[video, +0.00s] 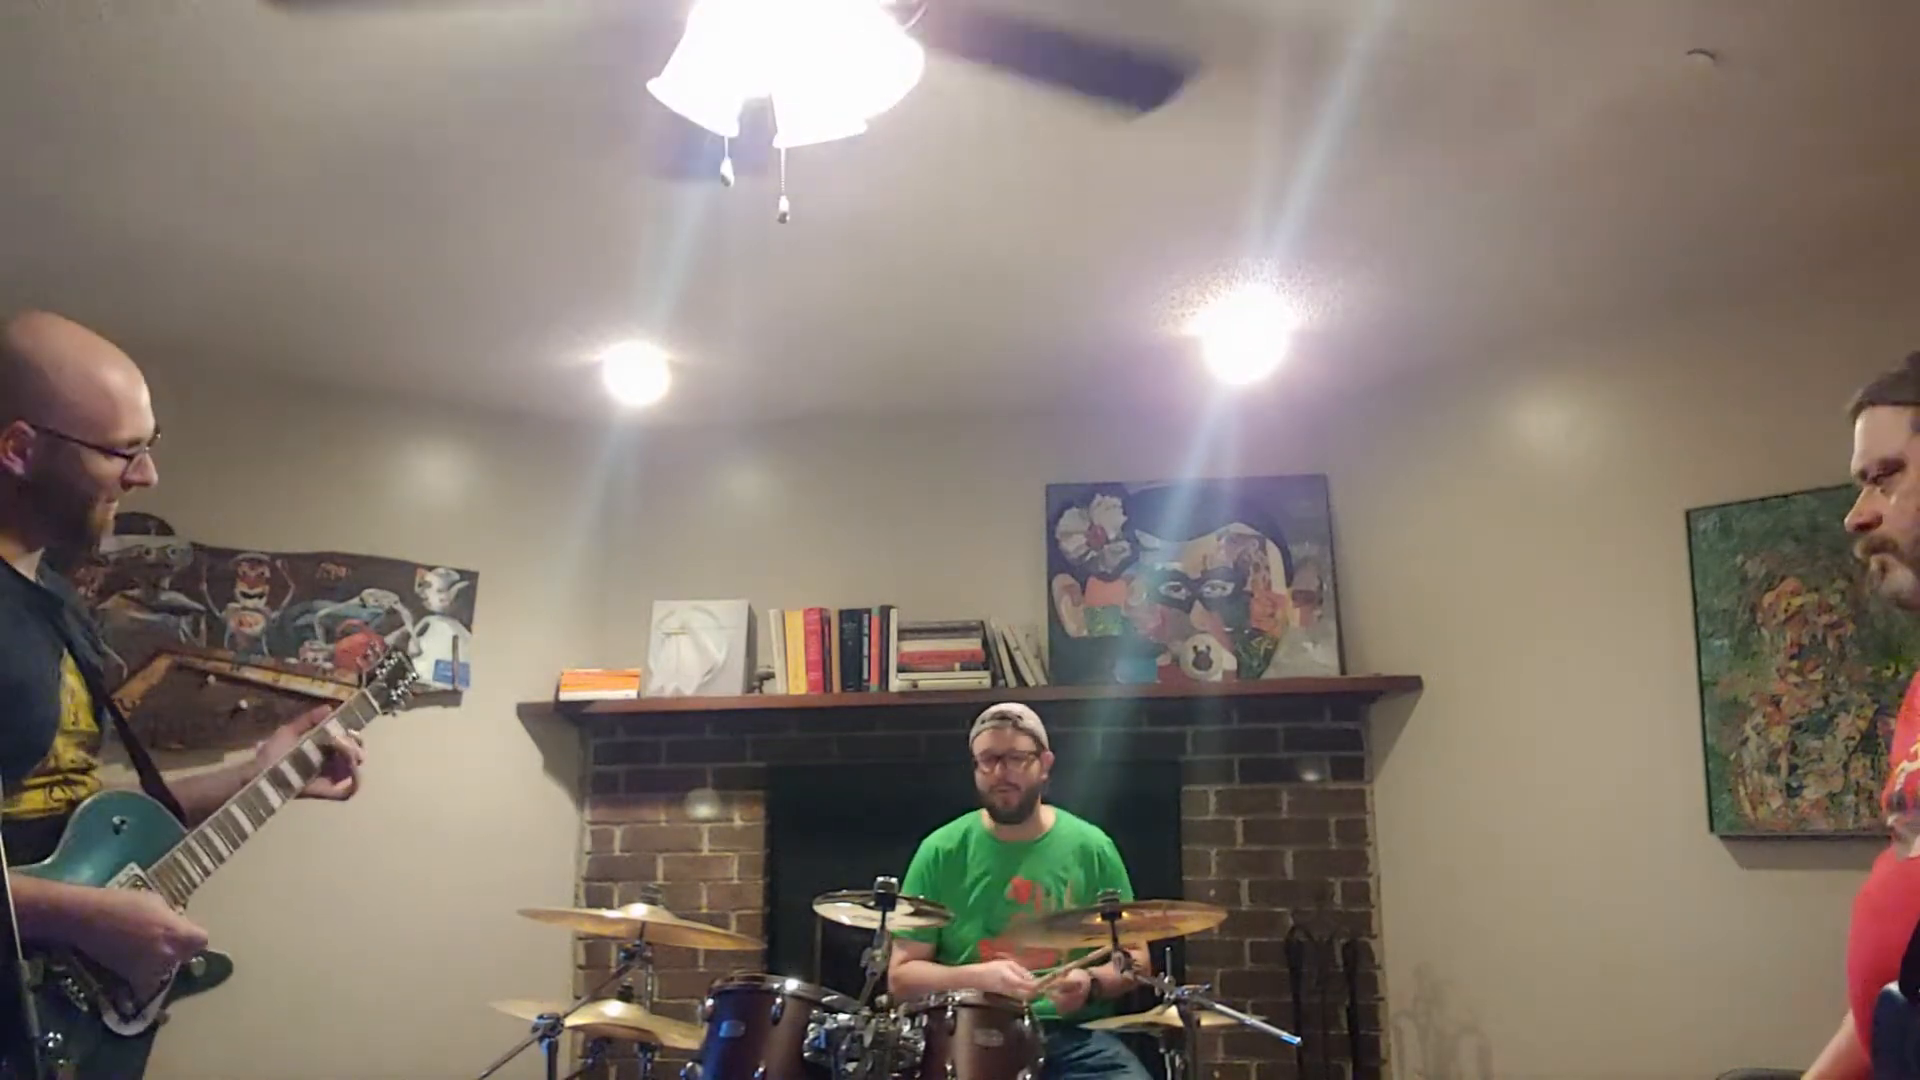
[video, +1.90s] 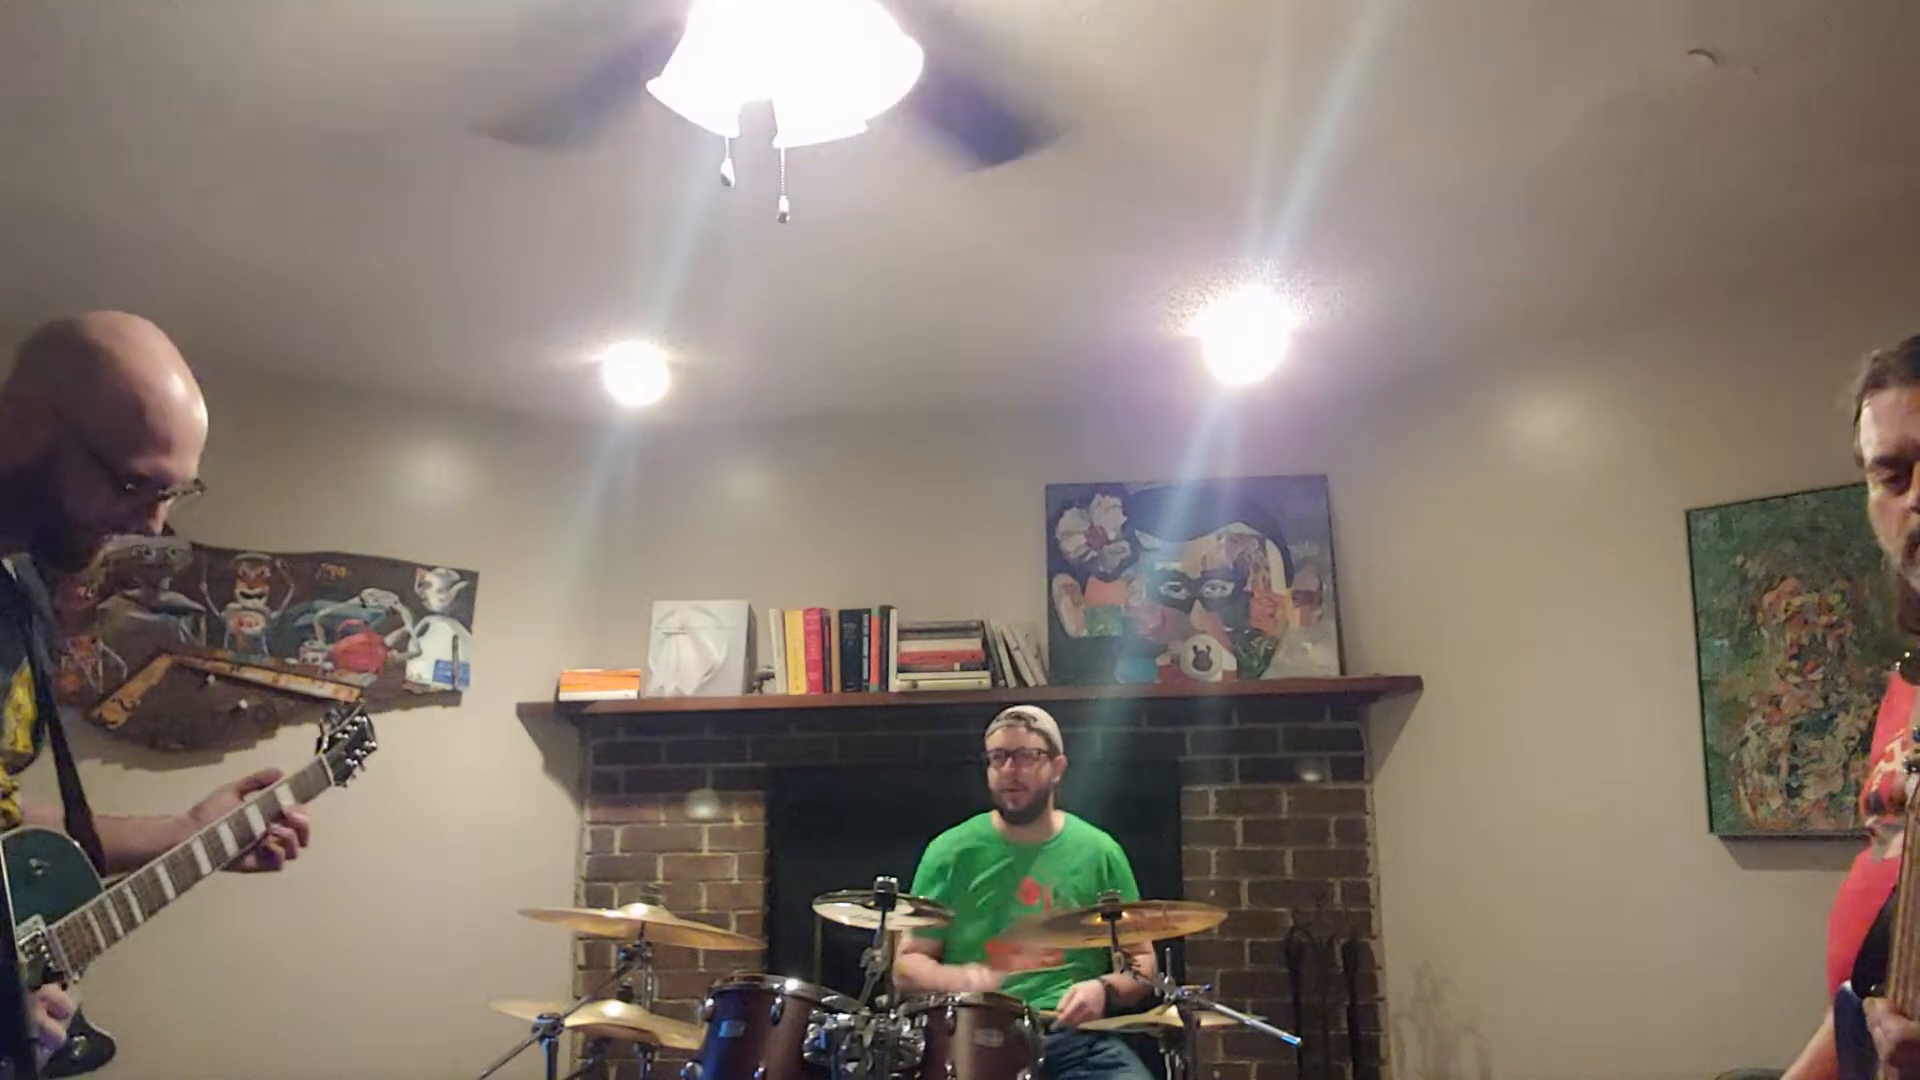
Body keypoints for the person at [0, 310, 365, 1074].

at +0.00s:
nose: (147, 478)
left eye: (147, 448)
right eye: (122, 452)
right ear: (19, 449)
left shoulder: (50, 604)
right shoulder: (12, 611)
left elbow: (73, 808)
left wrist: (262, 768)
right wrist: (77, 916)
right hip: (21, 1038)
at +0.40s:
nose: (142, 483)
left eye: (144, 454)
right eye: (117, 458)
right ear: (14, 450)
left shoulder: (49, 616)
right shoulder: (17, 621)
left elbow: (77, 826)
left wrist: (252, 780)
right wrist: (78, 909)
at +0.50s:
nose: (136, 496)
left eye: (143, 467)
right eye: (108, 466)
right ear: (11, 446)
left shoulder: (47, 622)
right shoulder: (17, 623)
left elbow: (70, 830)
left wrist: (252, 777)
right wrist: (73, 914)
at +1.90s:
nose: (153, 524)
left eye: (172, 495)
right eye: (132, 487)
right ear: (33, 434)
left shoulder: (20, 595)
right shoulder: (12, 600)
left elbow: (14, 818)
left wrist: (185, 834)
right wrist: (9, 999)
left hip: (30, 1038)